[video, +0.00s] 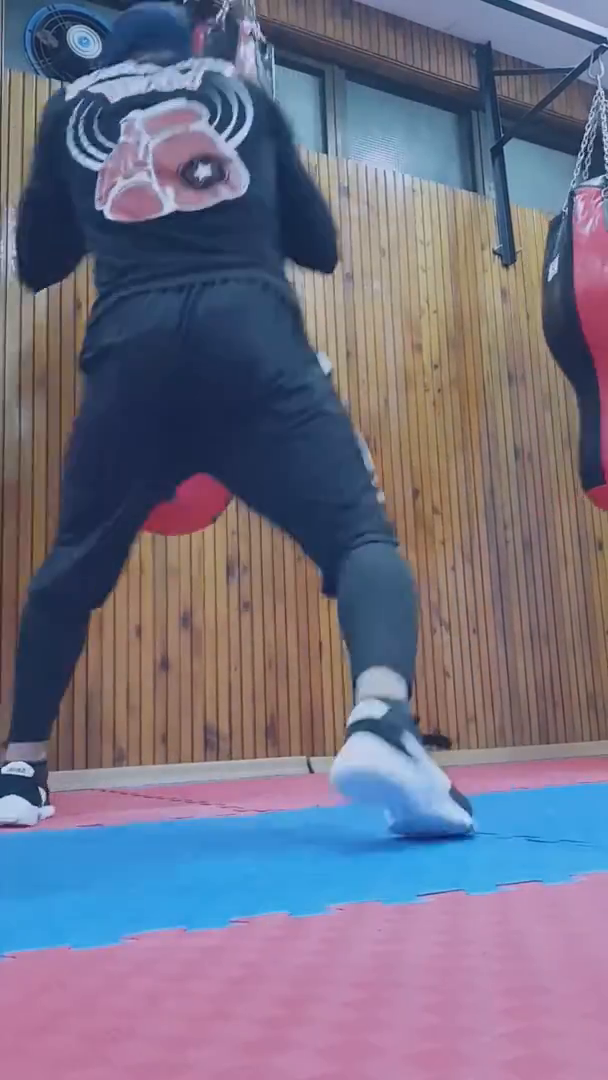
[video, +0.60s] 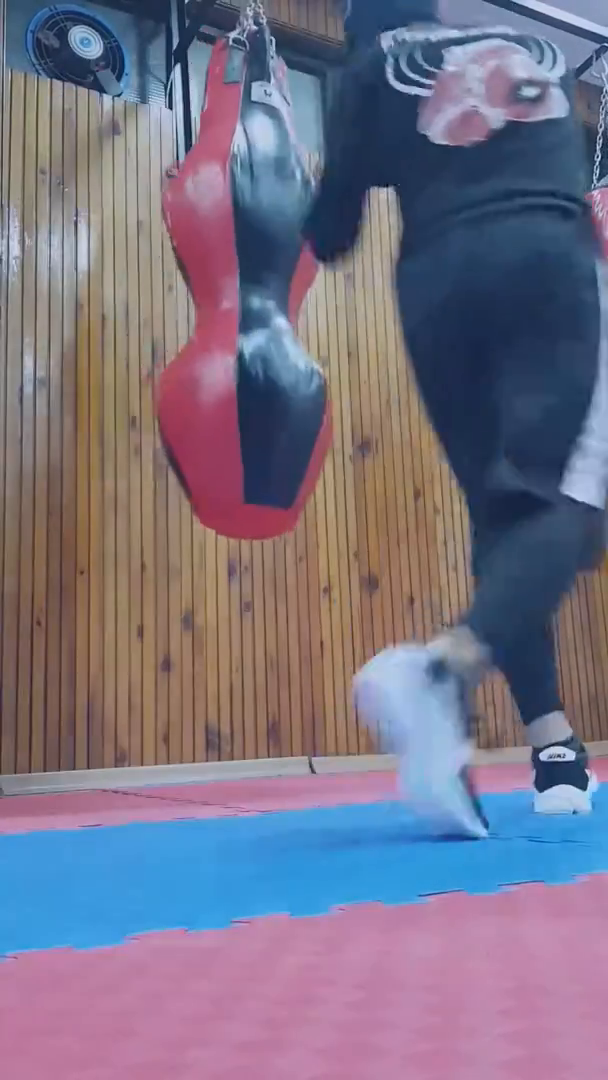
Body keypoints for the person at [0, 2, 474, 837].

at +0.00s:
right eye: (207, 29)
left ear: (114, 50)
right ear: (197, 37)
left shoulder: (71, 112)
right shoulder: (244, 94)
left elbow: (36, 262)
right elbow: (318, 245)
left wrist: (105, 176)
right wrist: (229, 186)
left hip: (130, 342)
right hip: (248, 326)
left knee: (78, 557)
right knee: (357, 535)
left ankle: (19, 765)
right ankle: (382, 716)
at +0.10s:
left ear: (160, 18)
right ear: (246, 7)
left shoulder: (125, 87)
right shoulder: (297, 49)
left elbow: (87, 241)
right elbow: (361, 213)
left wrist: (179, 193)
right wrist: (276, 155)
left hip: (163, 314)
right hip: (279, 292)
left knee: (124, 548)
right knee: (387, 523)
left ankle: (27, 767)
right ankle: (348, 763)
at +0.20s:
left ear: (229, 2)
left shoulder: (194, 65)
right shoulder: (358, 20)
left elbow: (136, 209)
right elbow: (404, 201)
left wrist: (204, 273)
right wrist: (314, 143)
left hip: (215, 289)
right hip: (324, 267)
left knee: (185, 545)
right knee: (410, 517)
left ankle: (77, 755)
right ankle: (353, 772)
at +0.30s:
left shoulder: (243, 40)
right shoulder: (423, 13)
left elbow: (166, 132)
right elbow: (446, 173)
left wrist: (239, 228)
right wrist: (409, 209)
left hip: (260, 258)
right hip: (368, 242)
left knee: (265, 514)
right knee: (421, 504)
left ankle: (208, 743)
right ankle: (355, 769)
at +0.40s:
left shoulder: (275, 32)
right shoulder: (471, 12)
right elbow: (492, 160)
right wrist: (474, 208)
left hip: (307, 234)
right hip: (415, 216)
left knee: (337, 501)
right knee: (424, 486)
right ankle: (350, 765)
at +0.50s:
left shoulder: (348, 17)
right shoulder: (515, 17)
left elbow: (272, 118)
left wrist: (351, 191)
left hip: (367, 234)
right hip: (473, 217)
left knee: (427, 501)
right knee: (455, 486)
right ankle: (366, 742)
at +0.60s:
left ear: (398, 10)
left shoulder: (376, 61)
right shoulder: (559, 34)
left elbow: (332, 231)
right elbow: (590, 164)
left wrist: (315, 183)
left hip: (435, 267)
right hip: (549, 246)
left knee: (497, 508)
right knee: (568, 502)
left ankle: (554, 748)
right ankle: (440, 672)